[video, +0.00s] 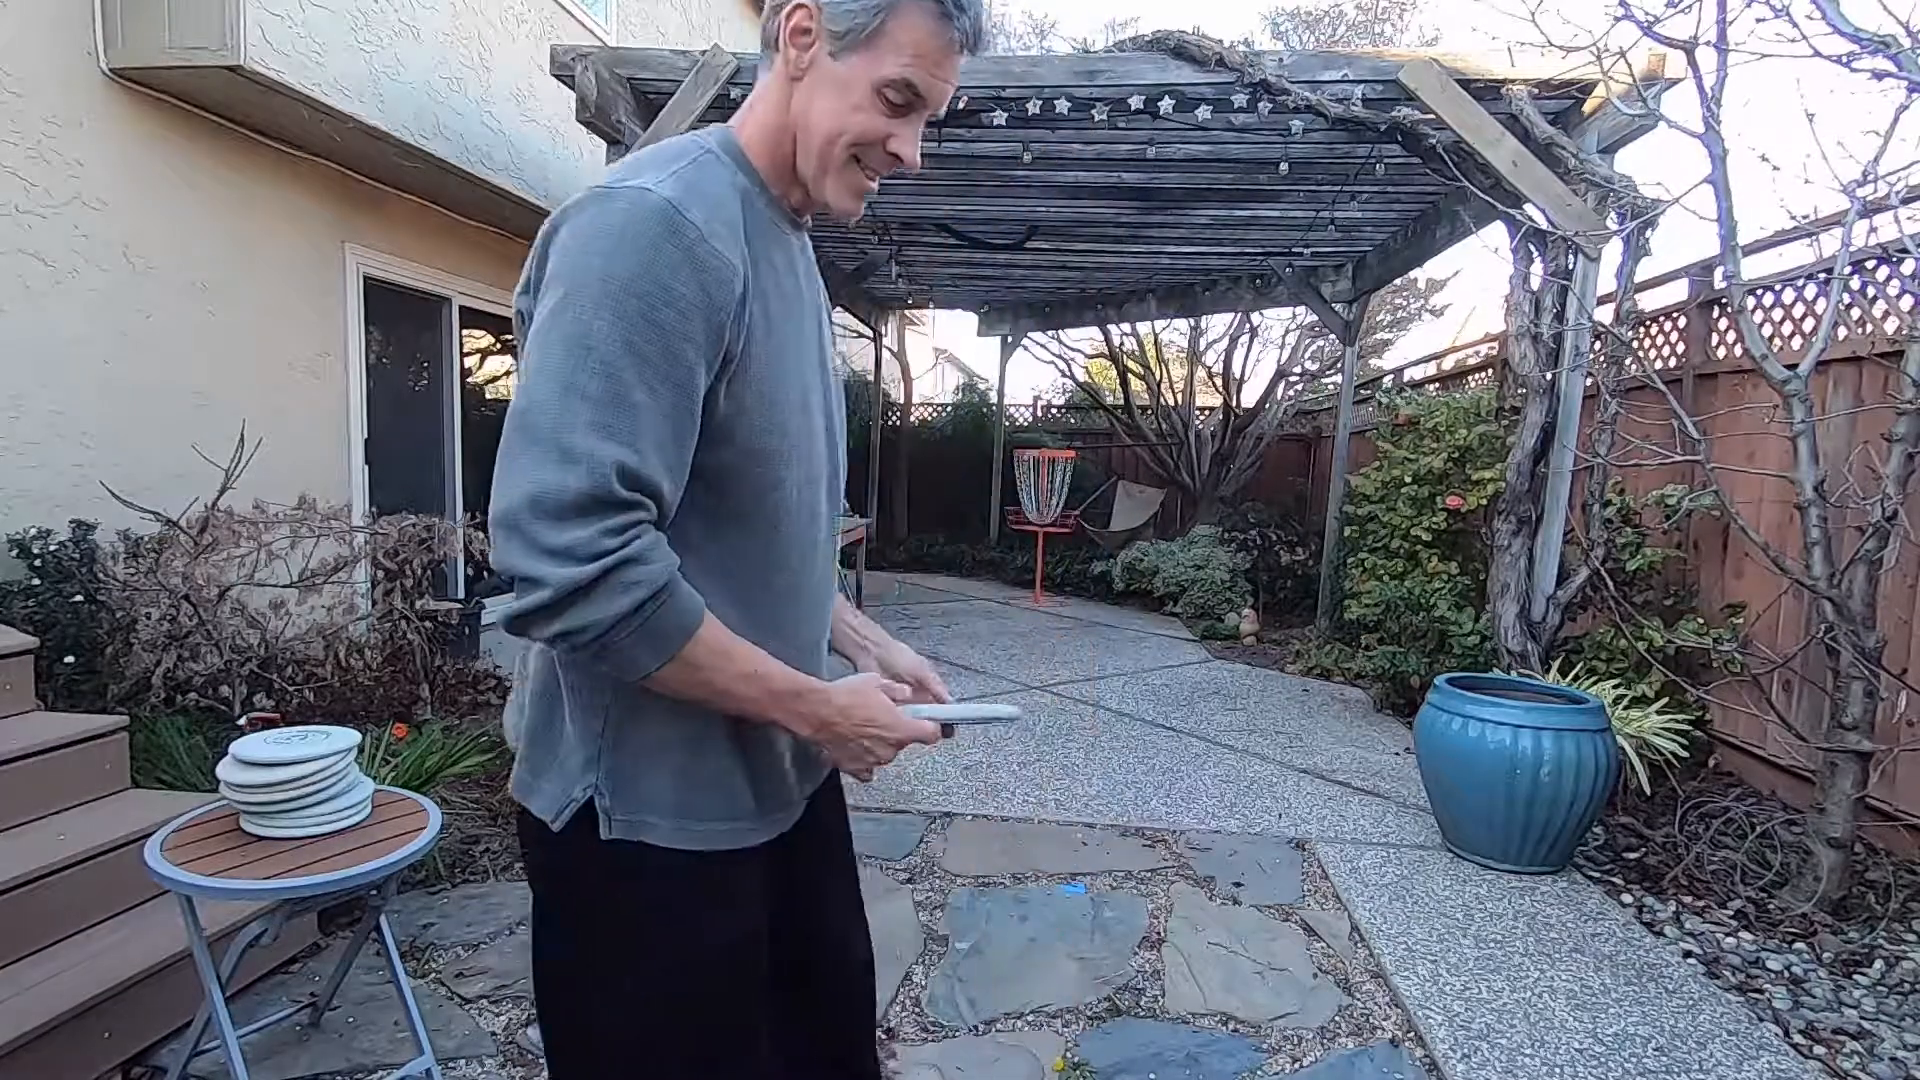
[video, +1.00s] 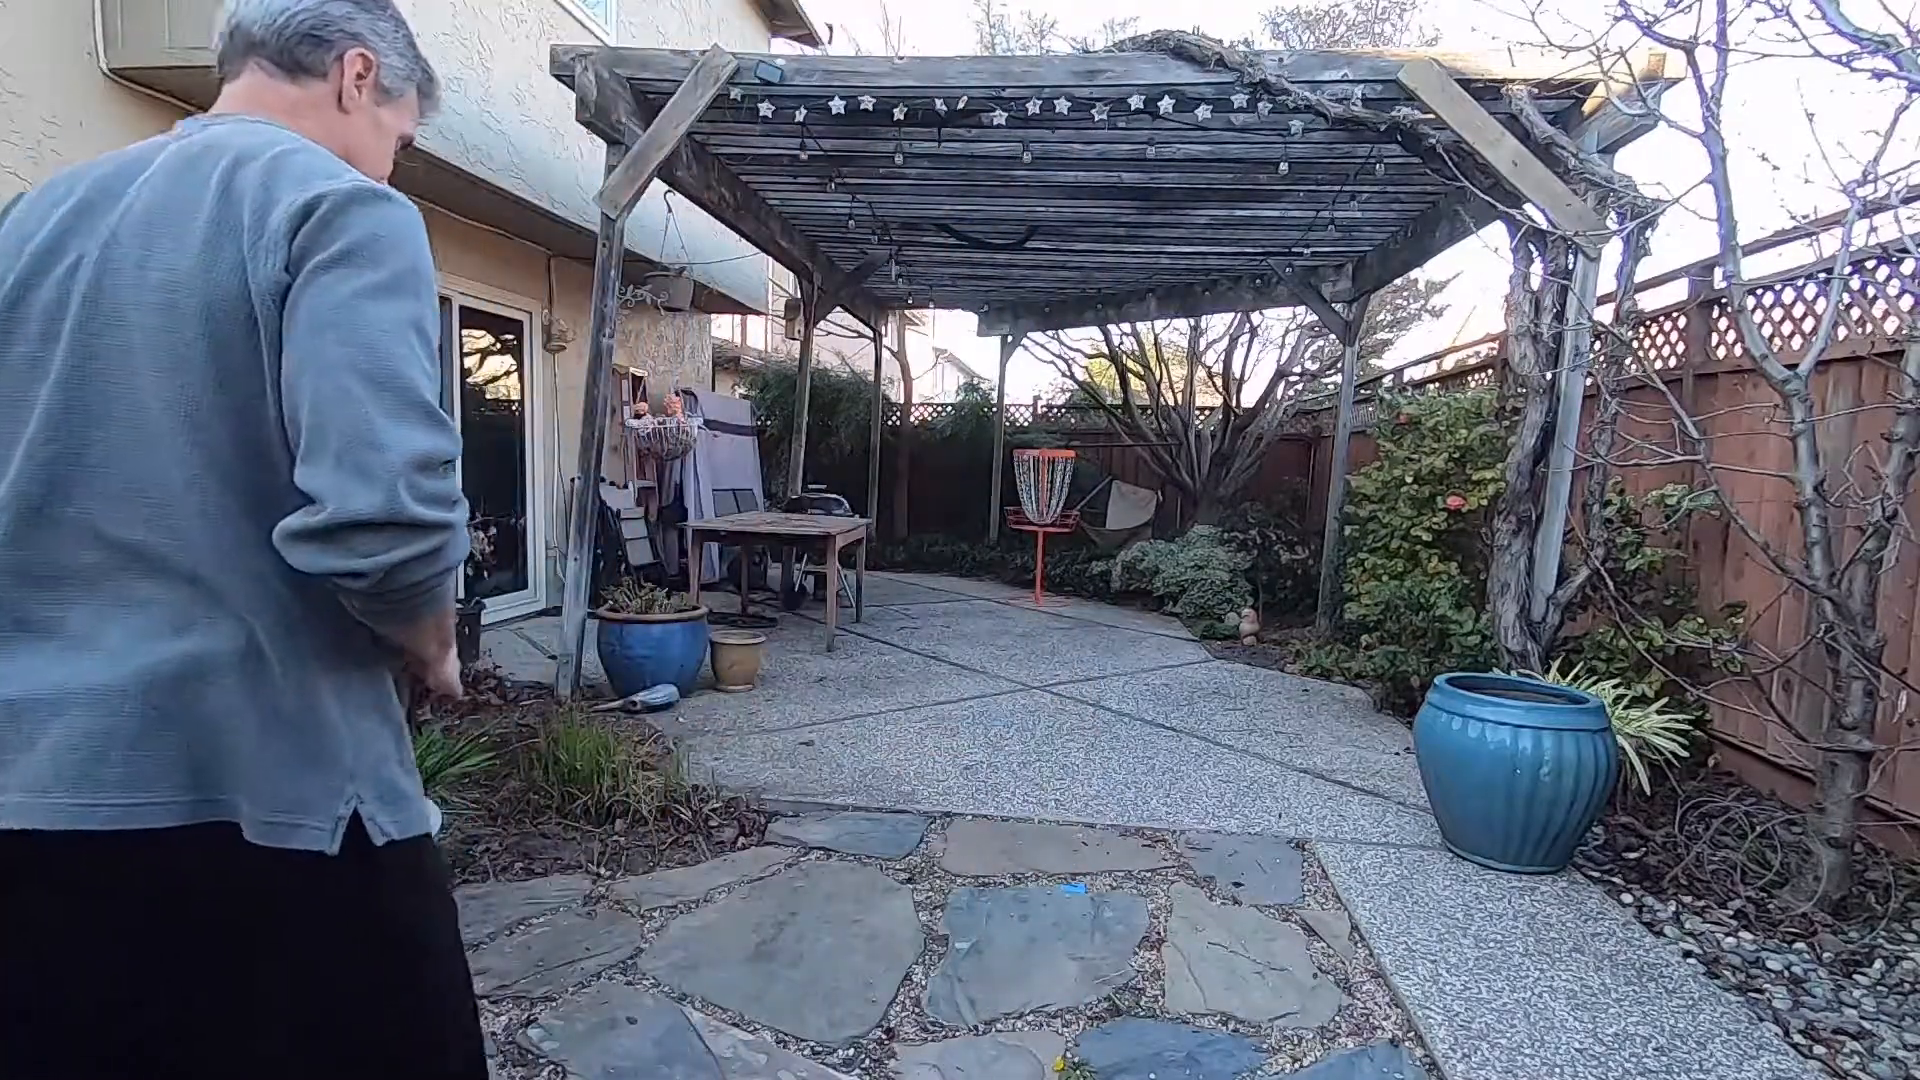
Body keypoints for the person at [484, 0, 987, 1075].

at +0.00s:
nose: (907, 147)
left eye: (928, 119)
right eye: (894, 98)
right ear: (799, 39)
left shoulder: (782, 244)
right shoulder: (653, 221)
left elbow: (741, 532)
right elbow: (566, 556)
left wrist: (865, 642)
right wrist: (806, 707)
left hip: (782, 796)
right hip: (643, 822)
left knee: (827, 1062)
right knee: (667, 1070)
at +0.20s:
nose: (860, 159)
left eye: (880, 134)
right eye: (858, 112)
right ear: (775, 40)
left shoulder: (674, 209)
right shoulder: (639, 209)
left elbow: (636, 529)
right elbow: (582, 557)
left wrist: (776, 637)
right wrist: (768, 699)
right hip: (610, 813)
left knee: (643, 1058)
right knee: (663, 1065)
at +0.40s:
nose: (779, 172)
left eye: (797, 150)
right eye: (788, 134)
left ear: (722, 65)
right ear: (736, 63)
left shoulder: (531, 181)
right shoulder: (623, 200)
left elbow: (526, 519)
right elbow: (588, 545)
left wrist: (718, 621)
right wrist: (757, 656)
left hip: (470, 765)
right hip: (578, 790)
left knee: (461, 1045)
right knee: (658, 1058)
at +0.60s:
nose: (660, 181)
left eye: (680, 156)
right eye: (676, 144)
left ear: (540, 73)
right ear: (640, 81)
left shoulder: (381, 202)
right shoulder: (566, 197)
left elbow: (408, 510)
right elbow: (566, 521)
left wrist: (605, 667)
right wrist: (682, 647)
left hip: (320, 767)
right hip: (494, 774)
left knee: (344, 1061)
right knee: (614, 1065)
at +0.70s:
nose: (594, 184)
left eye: (609, 159)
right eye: (606, 149)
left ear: (459, 81)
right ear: (570, 88)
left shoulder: (286, 216)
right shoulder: (510, 202)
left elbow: (273, 502)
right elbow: (528, 510)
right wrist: (621, 648)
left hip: (238, 777)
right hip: (447, 783)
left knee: (261, 1060)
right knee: (574, 1065)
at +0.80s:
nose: (520, 186)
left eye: (536, 163)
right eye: (531, 153)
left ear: (379, 87)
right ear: (490, 93)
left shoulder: (195, 225)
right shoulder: (443, 209)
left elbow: (187, 507)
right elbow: (479, 513)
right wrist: (556, 646)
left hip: (146, 790)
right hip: (374, 797)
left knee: (166, 1065)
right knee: (524, 1064)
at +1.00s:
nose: (389, 178)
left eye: (404, 154)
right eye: (399, 140)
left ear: (238, 75)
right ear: (354, 76)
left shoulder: (35, 212)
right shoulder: (333, 204)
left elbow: (28, 482)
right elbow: (384, 514)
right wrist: (429, 647)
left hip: (25, 805)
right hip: (279, 812)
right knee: (402, 1057)